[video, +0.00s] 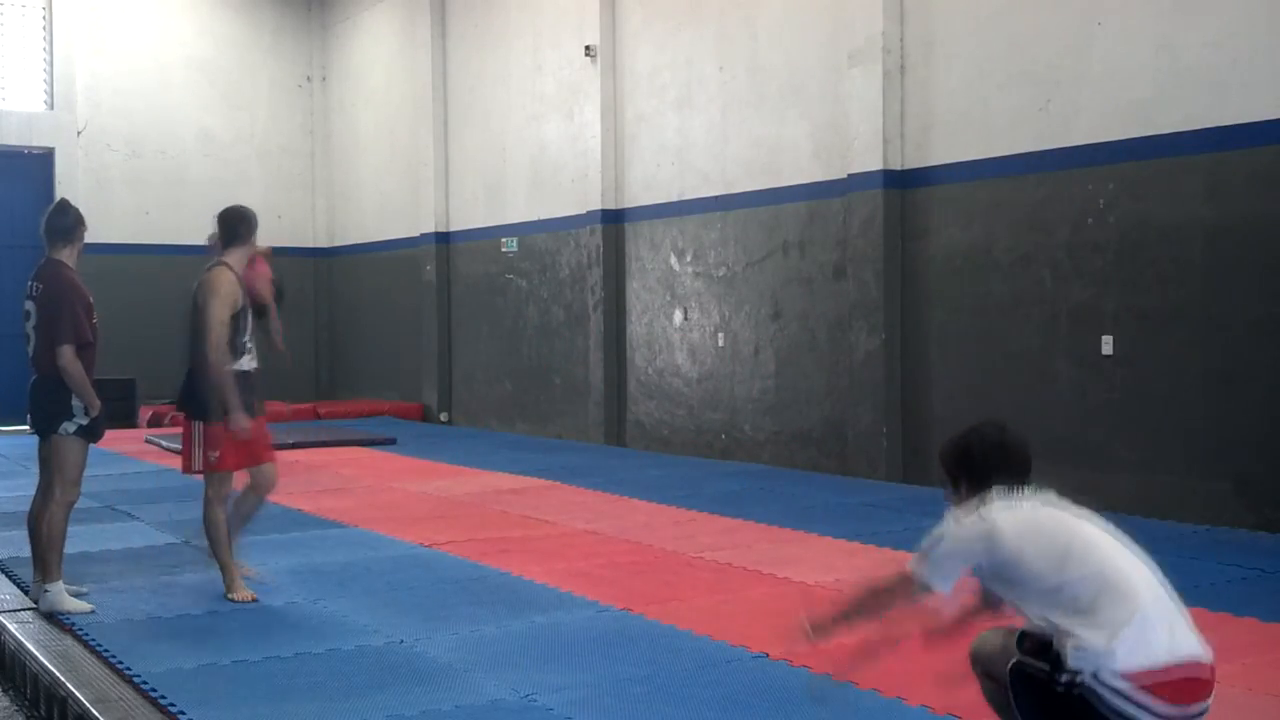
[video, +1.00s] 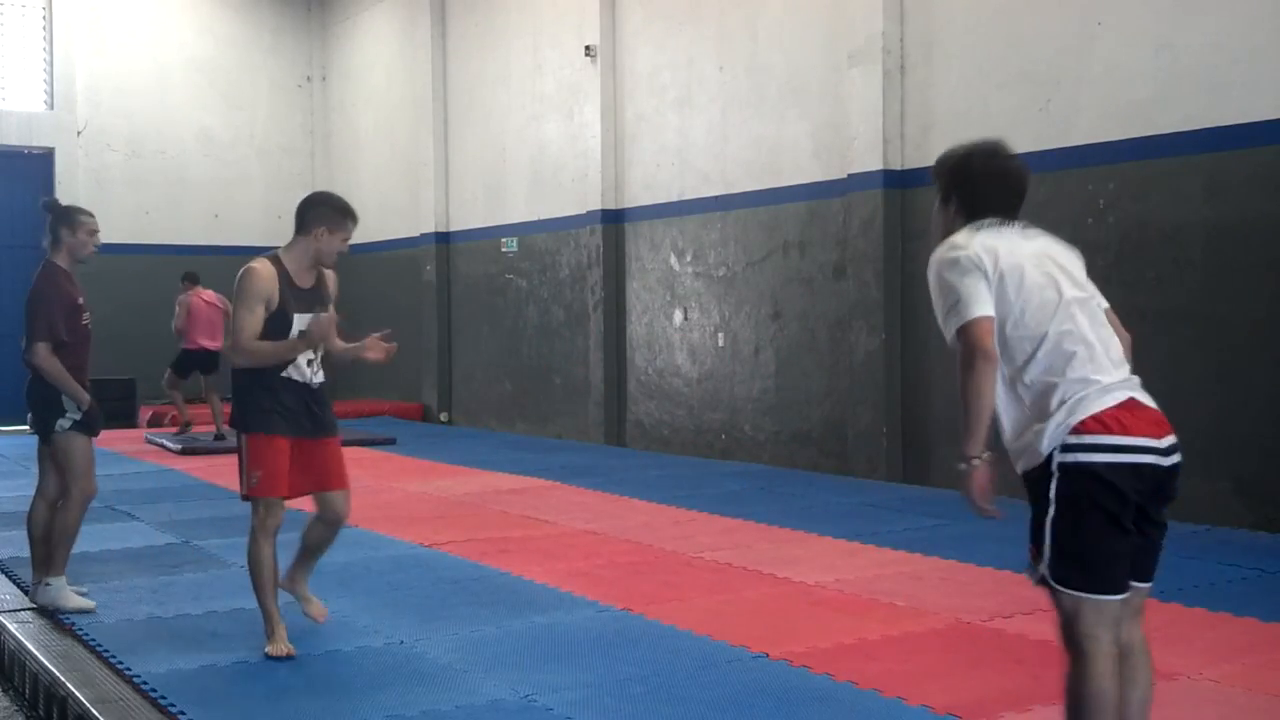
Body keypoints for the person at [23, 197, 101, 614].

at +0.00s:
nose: (87, 236)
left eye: (83, 230)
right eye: (86, 231)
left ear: (49, 235)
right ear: (82, 234)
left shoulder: (41, 276)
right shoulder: (66, 285)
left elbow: (40, 346)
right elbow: (65, 356)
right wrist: (93, 403)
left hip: (46, 392)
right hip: (66, 396)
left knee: (47, 489)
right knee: (64, 494)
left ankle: (44, 579)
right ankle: (51, 589)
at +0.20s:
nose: (84, 236)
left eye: (80, 231)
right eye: (84, 231)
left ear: (45, 235)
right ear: (79, 235)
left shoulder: (40, 277)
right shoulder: (63, 285)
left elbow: (41, 347)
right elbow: (62, 357)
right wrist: (92, 402)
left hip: (46, 392)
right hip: (65, 396)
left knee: (47, 489)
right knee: (62, 495)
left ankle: (43, 579)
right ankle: (51, 589)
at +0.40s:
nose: (83, 235)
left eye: (79, 229)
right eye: (82, 230)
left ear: (45, 235)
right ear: (78, 234)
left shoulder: (41, 277)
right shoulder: (60, 284)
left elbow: (41, 349)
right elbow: (59, 356)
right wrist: (89, 400)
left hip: (48, 393)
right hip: (64, 397)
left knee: (47, 491)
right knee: (61, 495)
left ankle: (43, 579)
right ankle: (51, 589)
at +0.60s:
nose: (84, 236)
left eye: (80, 230)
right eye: (83, 231)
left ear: (46, 235)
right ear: (79, 234)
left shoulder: (41, 278)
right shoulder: (60, 284)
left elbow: (41, 350)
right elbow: (58, 355)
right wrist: (89, 401)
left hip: (48, 394)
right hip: (63, 398)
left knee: (47, 492)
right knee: (60, 496)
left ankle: (43, 579)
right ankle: (50, 589)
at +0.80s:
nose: (86, 238)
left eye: (83, 232)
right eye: (85, 233)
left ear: (49, 235)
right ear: (80, 235)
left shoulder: (42, 278)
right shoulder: (59, 284)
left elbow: (39, 349)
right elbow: (55, 355)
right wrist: (87, 400)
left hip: (48, 393)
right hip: (62, 397)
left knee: (47, 492)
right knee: (62, 496)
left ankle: (43, 579)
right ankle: (51, 588)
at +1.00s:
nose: (95, 241)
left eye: (96, 234)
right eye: (90, 233)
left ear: (69, 237)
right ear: (65, 235)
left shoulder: (62, 277)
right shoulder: (50, 282)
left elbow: (56, 345)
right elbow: (39, 352)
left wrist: (79, 389)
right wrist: (82, 397)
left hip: (59, 392)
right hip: (57, 395)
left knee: (50, 489)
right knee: (82, 487)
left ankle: (43, 580)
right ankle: (53, 582)